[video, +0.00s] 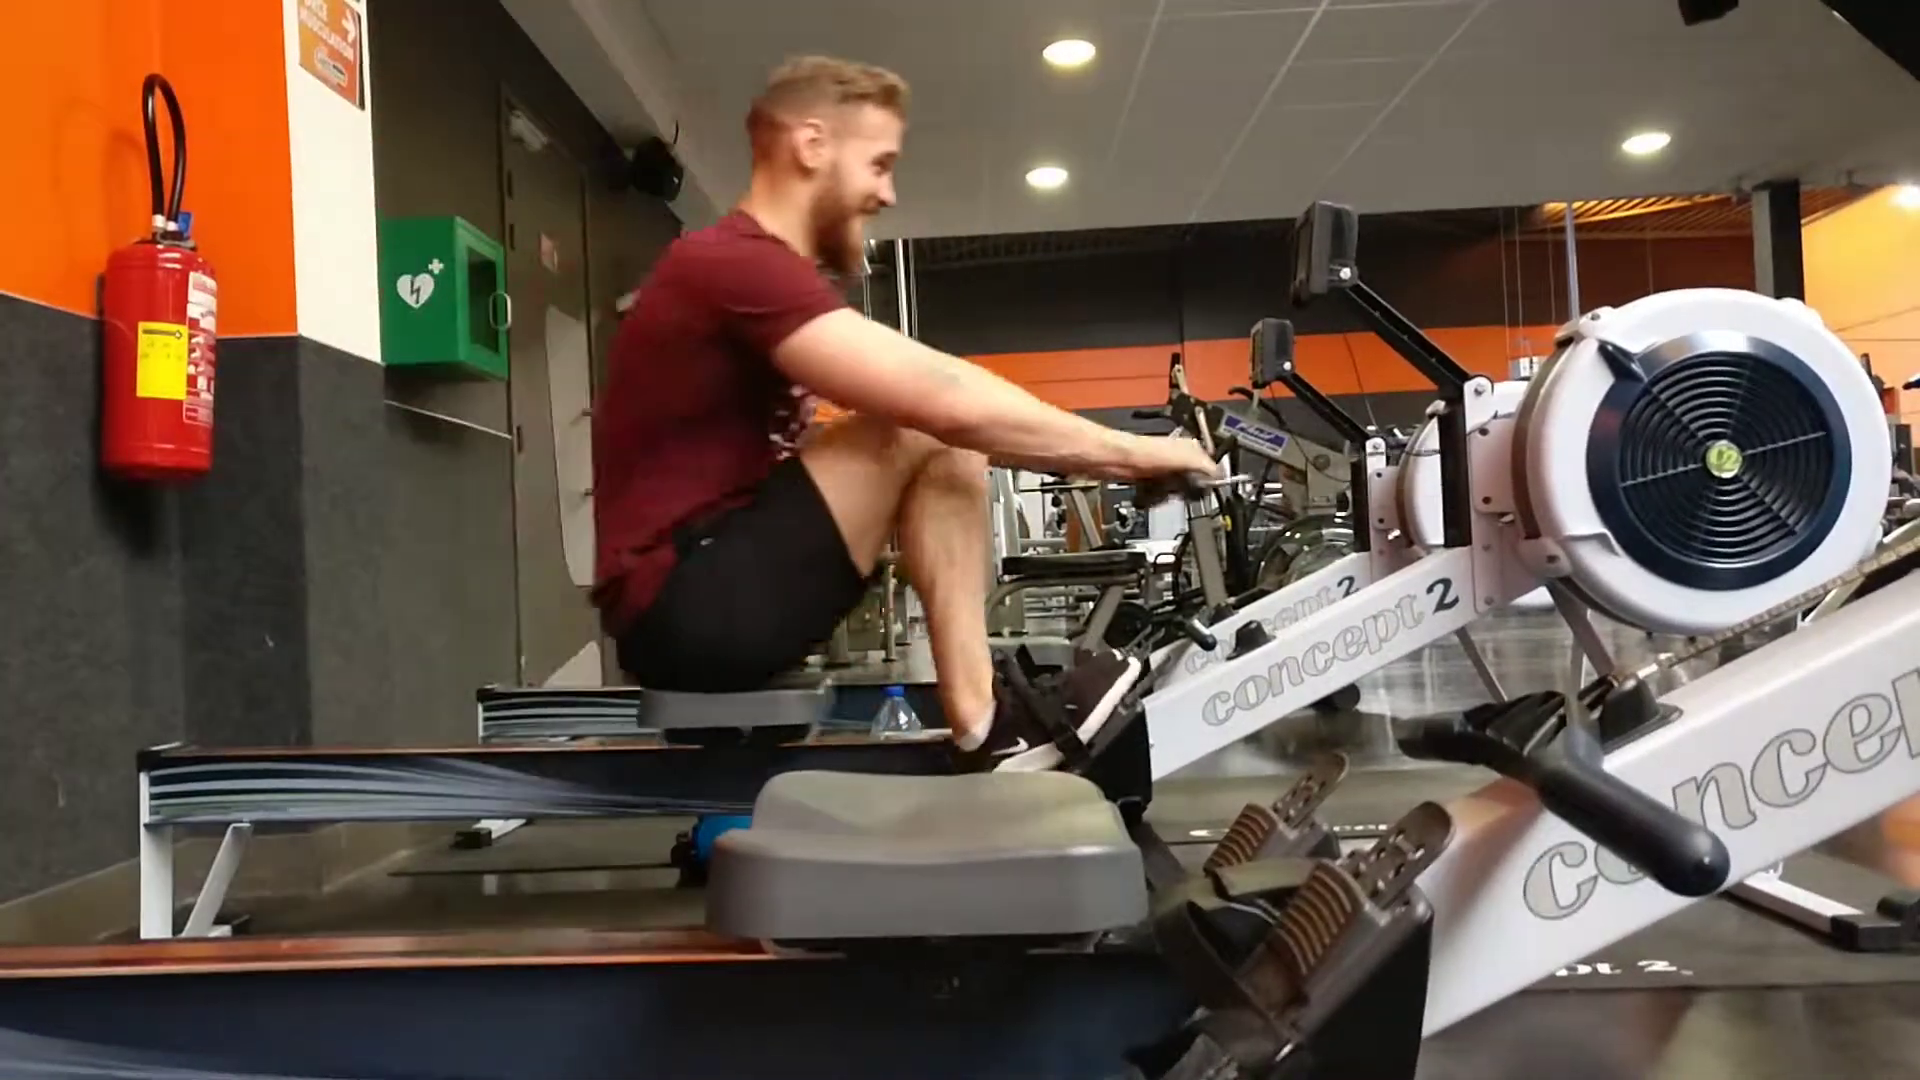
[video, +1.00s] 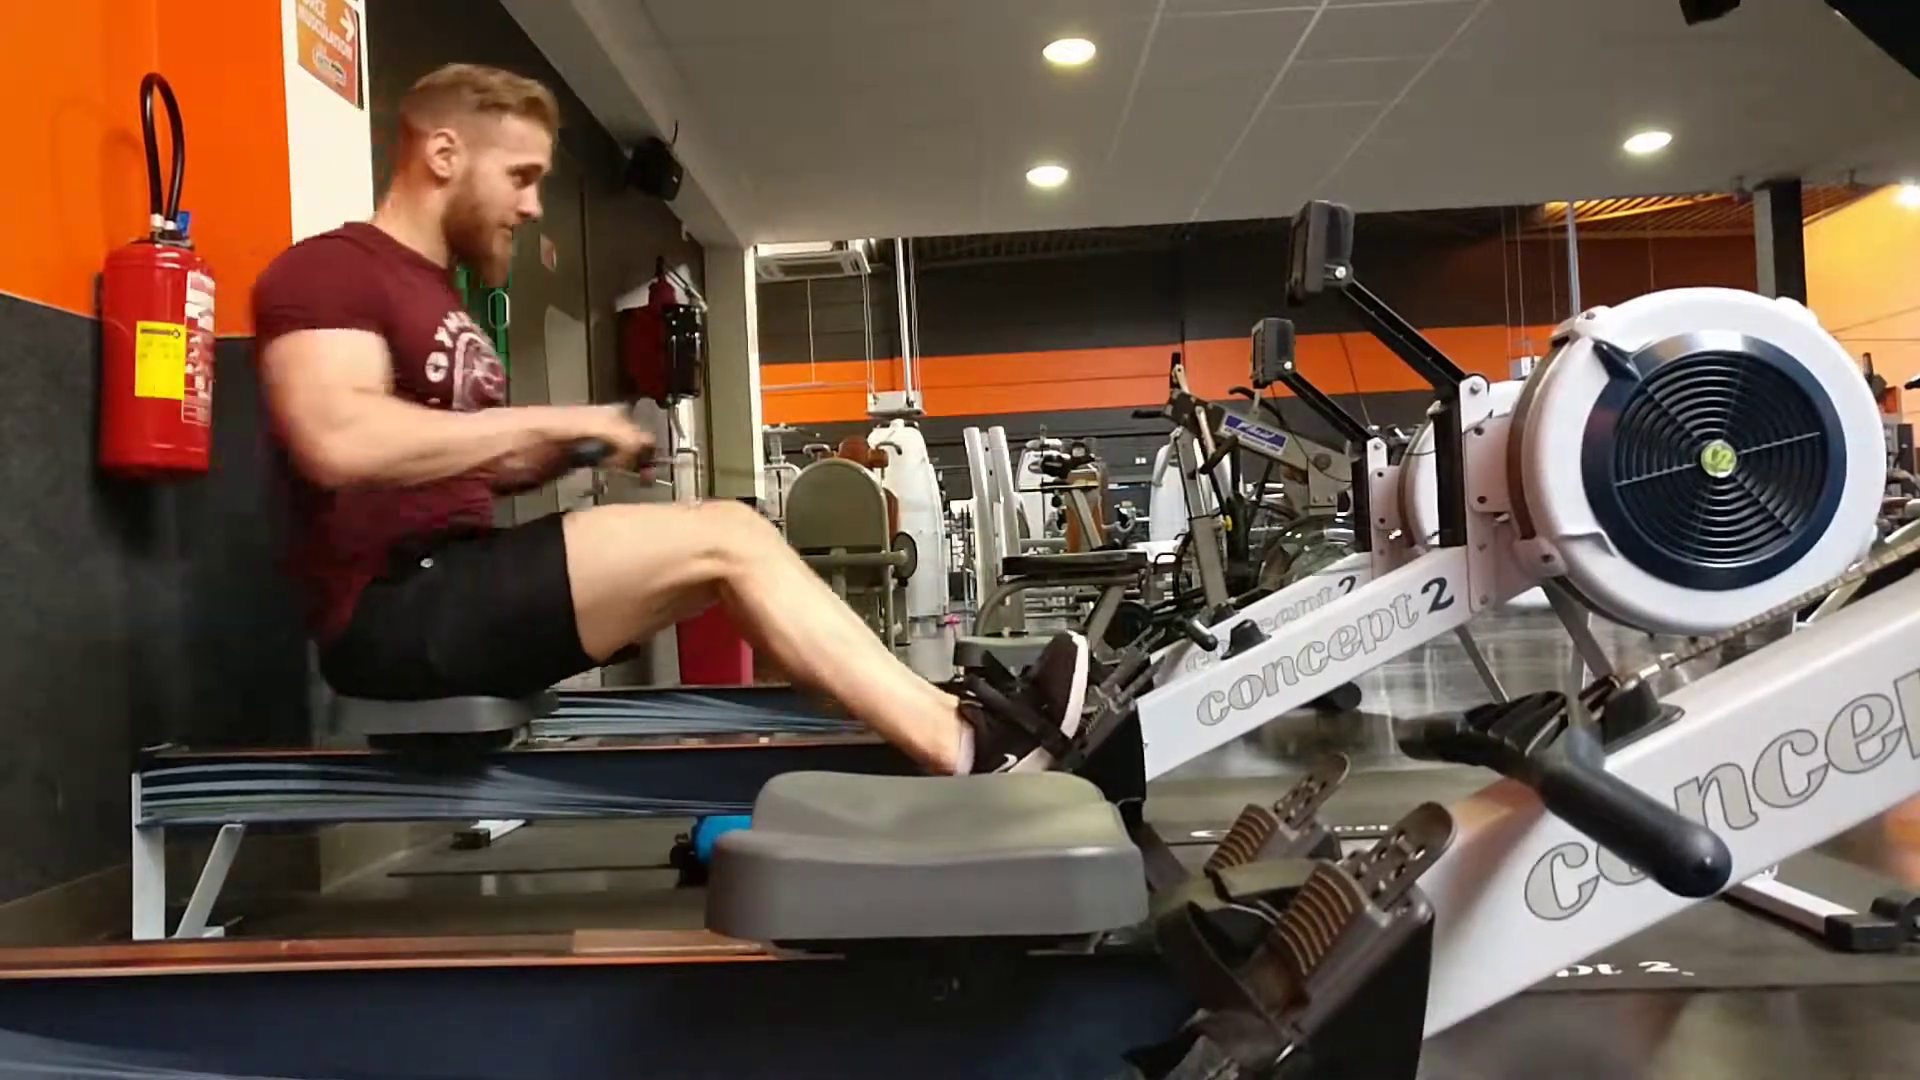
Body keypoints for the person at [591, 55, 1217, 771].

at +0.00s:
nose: (889, 194)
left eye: (892, 170)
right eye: (880, 164)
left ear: (811, 151)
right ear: (808, 146)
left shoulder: (762, 270)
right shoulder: (736, 264)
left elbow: (940, 397)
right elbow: (950, 402)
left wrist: (1118, 455)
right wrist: (1136, 452)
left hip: (702, 606)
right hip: (685, 614)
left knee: (933, 431)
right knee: (931, 433)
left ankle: (977, 715)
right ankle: (976, 727)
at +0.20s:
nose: (969, 185)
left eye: (971, 161)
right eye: (958, 156)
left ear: (890, 148)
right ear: (891, 145)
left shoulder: (846, 261)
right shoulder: (846, 261)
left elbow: (1063, 394)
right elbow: (1070, 411)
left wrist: (1225, 469)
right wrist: (1249, 472)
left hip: (764, 604)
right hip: (757, 612)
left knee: (1004, 416)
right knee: (992, 411)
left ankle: (986, 698)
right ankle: (981, 713)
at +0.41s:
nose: (799, 155)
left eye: (795, 129)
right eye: (784, 125)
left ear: (711, 125)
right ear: (709, 121)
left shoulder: (687, 245)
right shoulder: (655, 235)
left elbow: (838, 379)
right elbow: (837, 387)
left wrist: (1017, 421)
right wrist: (1027, 420)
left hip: (670, 595)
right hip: (657, 605)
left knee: (921, 437)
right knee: (924, 442)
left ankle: (991, 707)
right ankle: (988, 729)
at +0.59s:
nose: (531, 163)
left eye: (531, 142)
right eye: (511, 138)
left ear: (445, 139)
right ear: (426, 131)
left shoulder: (480, 284)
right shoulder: (381, 263)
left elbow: (599, 422)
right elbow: (525, 415)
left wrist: (747, 423)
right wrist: (745, 420)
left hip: (529, 594)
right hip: (481, 611)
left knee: (793, 481)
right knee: (789, 487)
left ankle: (989, 722)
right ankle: (984, 743)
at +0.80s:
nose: (428, 206)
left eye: (433, 184)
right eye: (412, 176)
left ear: (357, 168)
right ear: (326, 156)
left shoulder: (360, 298)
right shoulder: (229, 278)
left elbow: (364, 449)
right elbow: (184, 455)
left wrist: (471, 448)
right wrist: (394, 432)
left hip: (415, 593)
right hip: (354, 611)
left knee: (708, 566)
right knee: (703, 567)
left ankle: (974, 730)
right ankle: (969, 751)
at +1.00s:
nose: (533, 207)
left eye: (539, 184)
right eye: (521, 177)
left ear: (450, 161)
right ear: (436, 152)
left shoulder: (449, 303)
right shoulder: (330, 270)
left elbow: (460, 479)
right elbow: (340, 442)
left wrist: (564, 442)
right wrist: (555, 431)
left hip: (457, 597)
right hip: (392, 612)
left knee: (735, 534)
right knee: (729, 534)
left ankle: (953, 731)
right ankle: (949, 744)